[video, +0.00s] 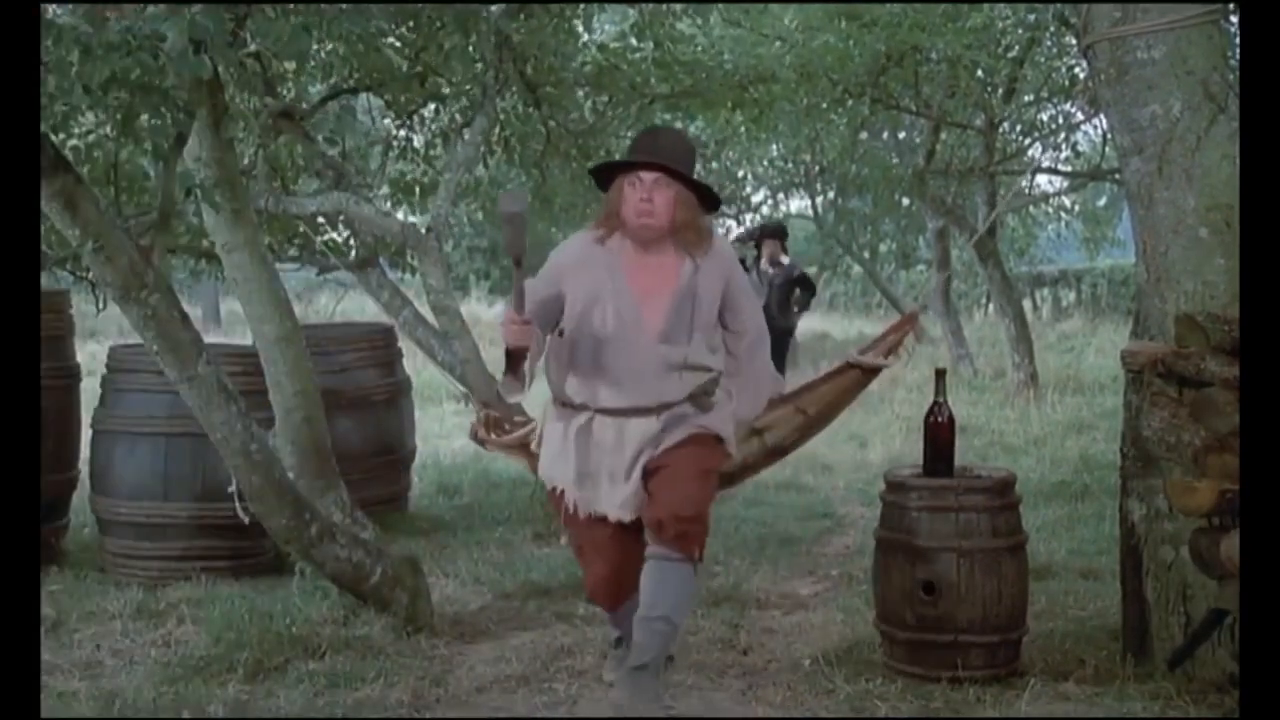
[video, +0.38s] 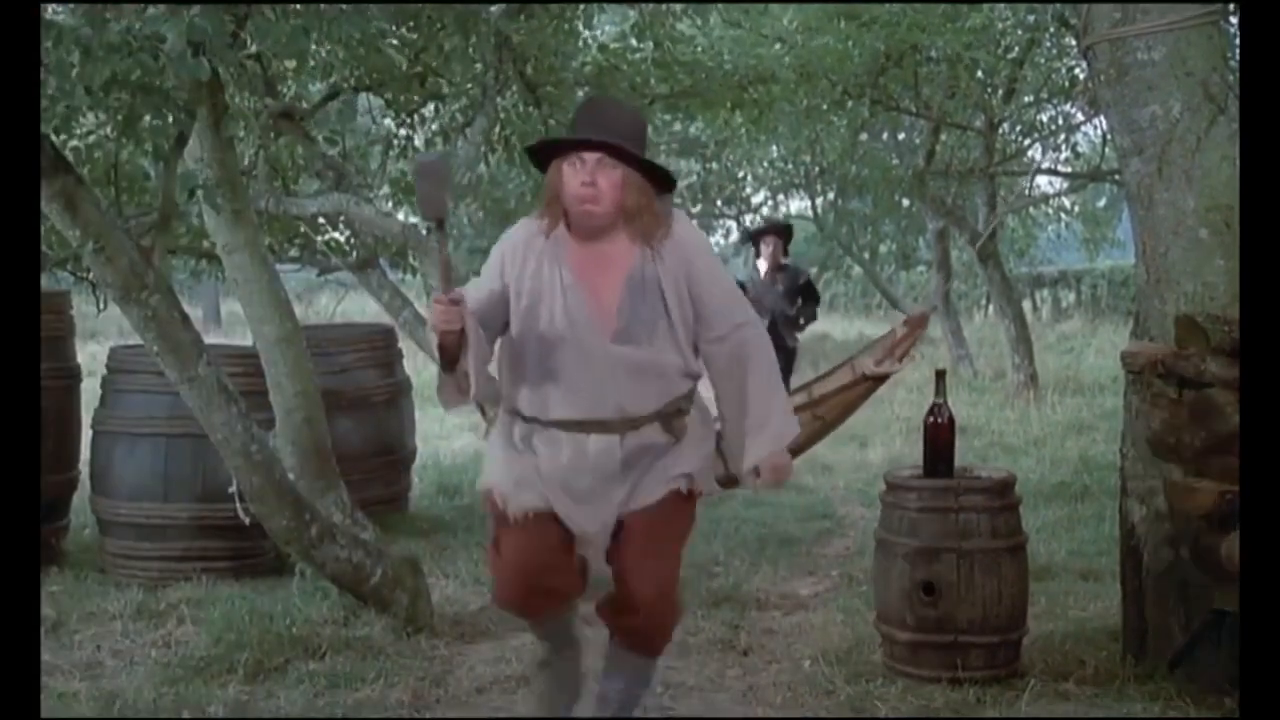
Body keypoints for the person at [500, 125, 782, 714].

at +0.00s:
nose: (644, 195)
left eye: (660, 185)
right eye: (633, 183)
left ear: (686, 200)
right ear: (617, 192)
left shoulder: (713, 262)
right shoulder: (577, 258)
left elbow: (753, 348)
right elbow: (525, 328)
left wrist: (728, 425)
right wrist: (518, 341)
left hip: (679, 423)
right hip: (587, 430)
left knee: (680, 512)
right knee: (607, 575)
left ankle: (648, 668)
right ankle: (627, 638)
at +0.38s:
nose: (588, 176)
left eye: (606, 163)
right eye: (575, 161)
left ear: (635, 180)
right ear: (555, 174)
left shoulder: (674, 244)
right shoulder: (523, 246)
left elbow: (737, 335)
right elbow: (481, 322)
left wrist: (766, 434)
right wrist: (454, 328)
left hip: (655, 449)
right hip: (541, 448)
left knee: (647, 602)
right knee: (525, 578)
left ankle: (615, 703)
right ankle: (559, 650)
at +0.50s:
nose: (551, 169)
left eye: (570, 155)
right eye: (538, 153)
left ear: (600, 170)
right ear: (517, 166)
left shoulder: (644, 228)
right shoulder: (489, 239)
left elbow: (710, 318)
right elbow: (433, 345)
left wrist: (723, 418)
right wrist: (413, 328)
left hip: (630, 455)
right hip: (508, 443)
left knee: (644, 641)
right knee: (465, 569)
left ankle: (617, 705)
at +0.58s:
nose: (528, 172)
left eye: (547, 158)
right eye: (514, 155)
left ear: (579, 172)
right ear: (492, 169)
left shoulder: (626, 231)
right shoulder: (463, 248)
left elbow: (694, 320)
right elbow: (408, 357)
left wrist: (697, 416)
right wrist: (386, 335)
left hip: (612, 466)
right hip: (486, 459)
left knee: (643, 653)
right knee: (427, 600)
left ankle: (613, 702)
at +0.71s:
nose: (458, 176)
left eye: (479, 161)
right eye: (443, 159)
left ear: (514, 177)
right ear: (419, 173)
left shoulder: (563, 244)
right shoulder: (384, 259)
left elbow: (643, 338)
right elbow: (333, 405)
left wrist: (656, 450)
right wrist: (307, 359)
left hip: (555, 492)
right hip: (414, 491)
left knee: (620, 669)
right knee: (348, 631)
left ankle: (618, 702)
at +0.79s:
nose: (406, 166)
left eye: (428, 151)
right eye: (392, 149)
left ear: (466, 171)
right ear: (369, 165)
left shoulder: (517, 246)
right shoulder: (331, 251)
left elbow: (589, 358)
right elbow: (272, 369)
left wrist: (623, 479)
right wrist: (242, 348)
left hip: (504, 499)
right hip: (365, 495)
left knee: (556, 691)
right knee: (318, 651)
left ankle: (598, 702)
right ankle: (358, 705)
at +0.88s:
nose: (378, 157)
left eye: (401, 142)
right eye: (364, 140)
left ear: (439, 162)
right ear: (340, 156)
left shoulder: (495, 241)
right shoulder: (302, 247)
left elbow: (573, 359)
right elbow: (241, 366)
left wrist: (600, 486)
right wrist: (206, 337)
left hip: (474, 499)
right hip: (337, 499)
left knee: (484, 681)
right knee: (302, 672)